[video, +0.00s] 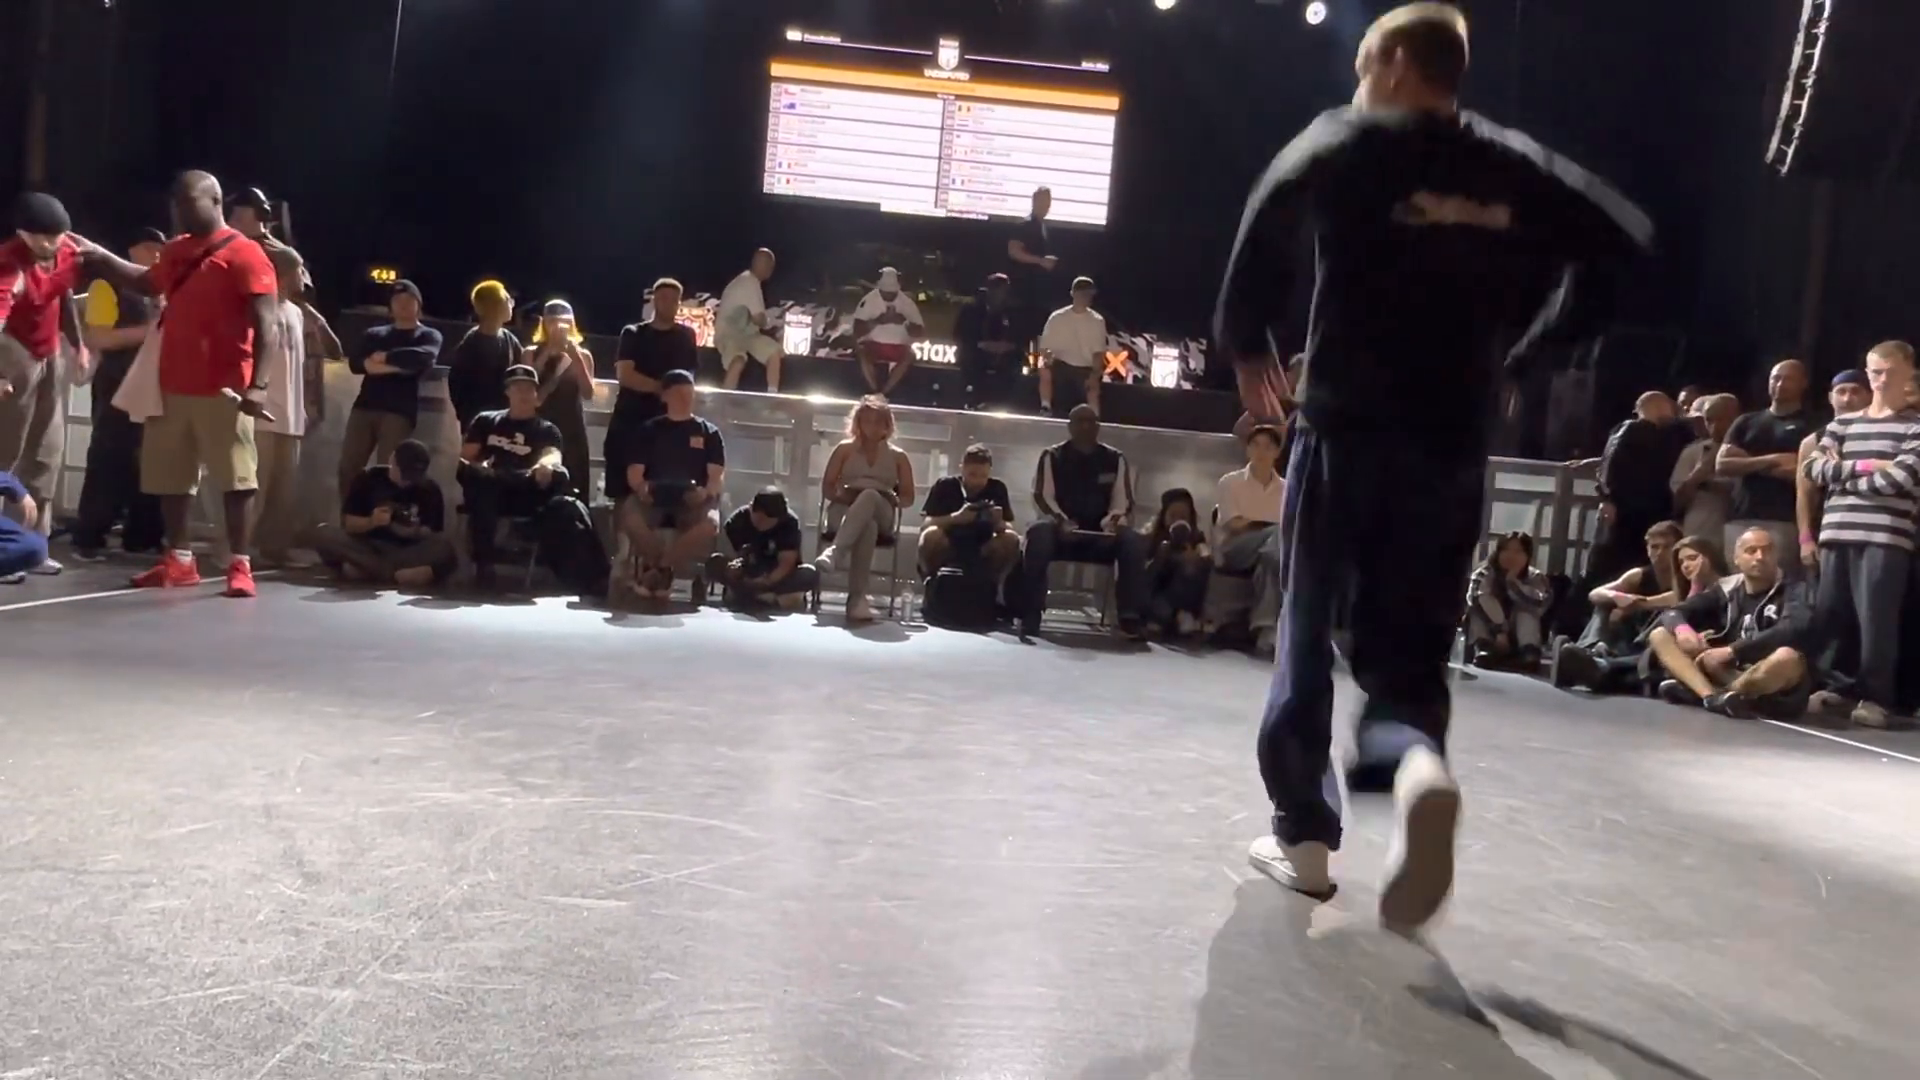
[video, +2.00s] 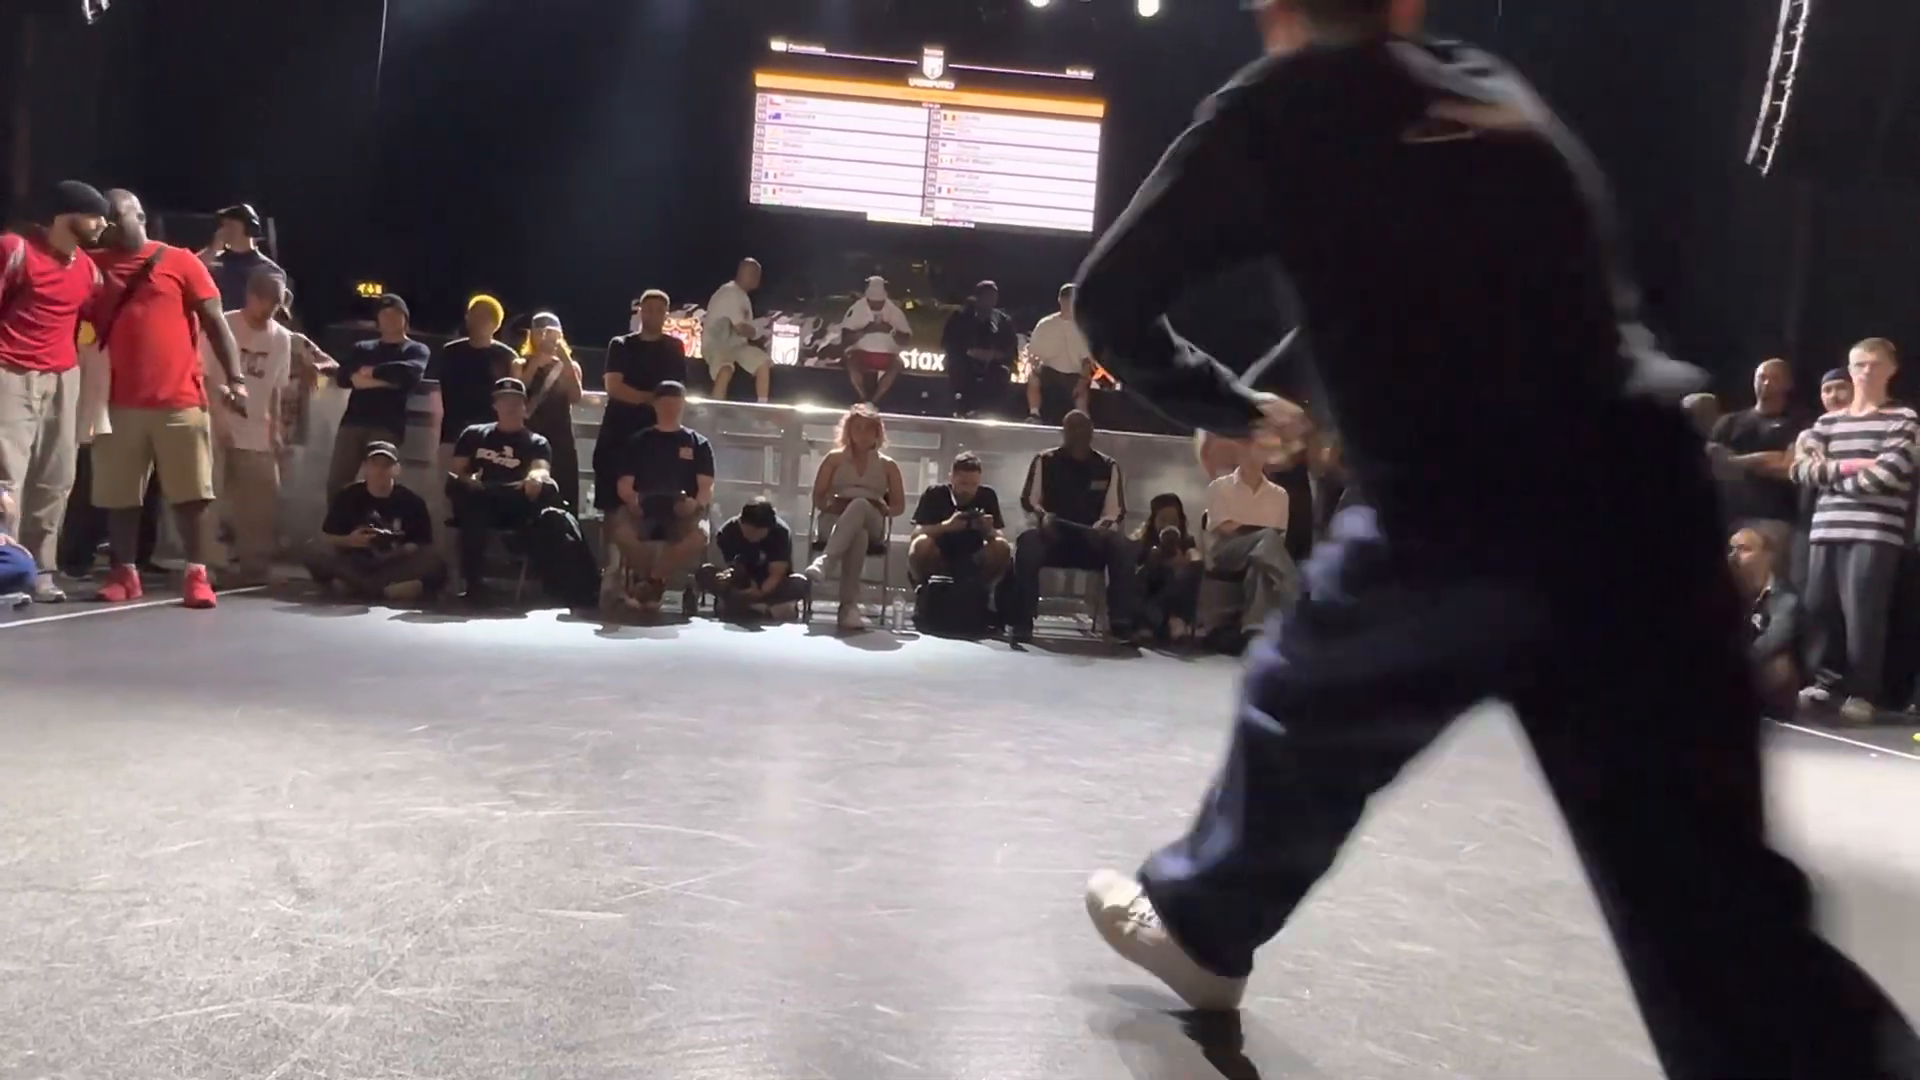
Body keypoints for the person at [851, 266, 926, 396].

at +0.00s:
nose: (889, 296)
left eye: (893, 293)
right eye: (886, 293)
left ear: (898, 289)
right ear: (879, 289)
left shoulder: (907, 302)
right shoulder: (869, 300)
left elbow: (919, 332)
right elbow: (857, 331)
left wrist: (903, 321)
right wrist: (878, 320)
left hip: (899, 346)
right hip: (874, 344)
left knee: (909, 357)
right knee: (862, 353)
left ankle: (884, 392)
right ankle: (875, 391)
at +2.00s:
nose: (876, 305)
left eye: (880, 301)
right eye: (873, 301)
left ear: (885, 298)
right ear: (867, 298)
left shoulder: (894, 310)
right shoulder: (856, 309)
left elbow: (905, 340)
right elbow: (845, 339)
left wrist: (891, 330)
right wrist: (866, 330)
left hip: (887, 354)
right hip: (860, 352)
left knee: (897, 365)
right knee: (851, 362)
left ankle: (874, 401)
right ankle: (863, 398)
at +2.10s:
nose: (872, 305)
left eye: (876, 301)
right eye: (869, 301)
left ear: (881, 298)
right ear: (863, 297)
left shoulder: (891, 310)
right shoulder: (853, 308)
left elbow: (902, 340)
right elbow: (842, 339)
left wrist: (887, 329)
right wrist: (863, 329)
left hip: (884, 354)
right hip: (858, 352)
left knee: (894, 364)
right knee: (847, 359)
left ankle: (871, 401)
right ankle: (860, 398)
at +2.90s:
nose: (859, 302)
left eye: (862, 299)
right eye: (855, 299)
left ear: (867, 296)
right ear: (849, 295)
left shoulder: (877, 308)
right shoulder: (838, 307)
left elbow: (890, 337)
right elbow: (828, 339)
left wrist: (874, 327)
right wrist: (847, 327)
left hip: (871, 352)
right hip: (844, 351)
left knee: (881, 362)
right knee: (833, 360)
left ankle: (858, 399)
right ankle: (848, 398)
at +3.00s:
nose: (859, 308)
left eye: (863, 304)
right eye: (856, 304)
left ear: (868, 301)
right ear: (849, 301)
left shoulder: (878, 313)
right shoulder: (840, 312)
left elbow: (890, 342)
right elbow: (829, 344)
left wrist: (875, 331)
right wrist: (848, 332)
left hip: (871, 357)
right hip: (845, 355)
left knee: (882, 368)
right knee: (834, 365)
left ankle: (858, 405)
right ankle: (850, 404)